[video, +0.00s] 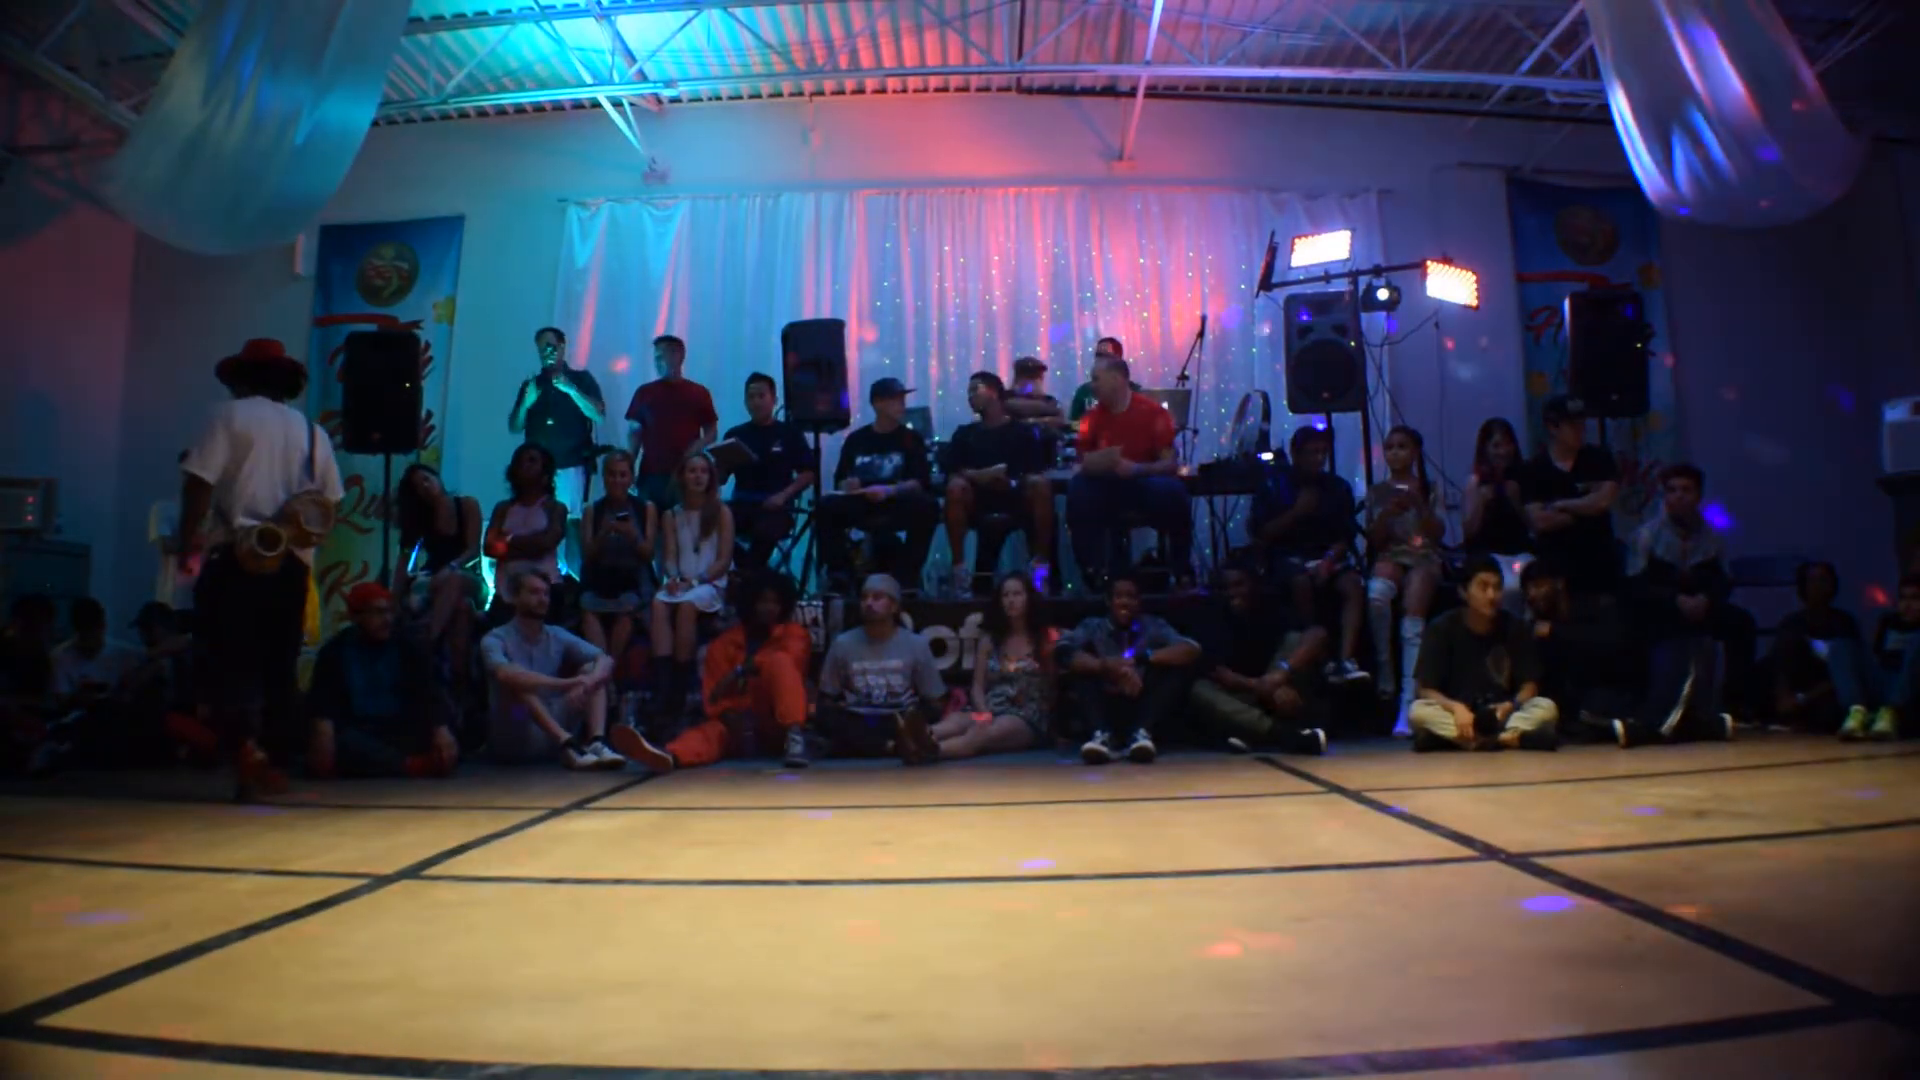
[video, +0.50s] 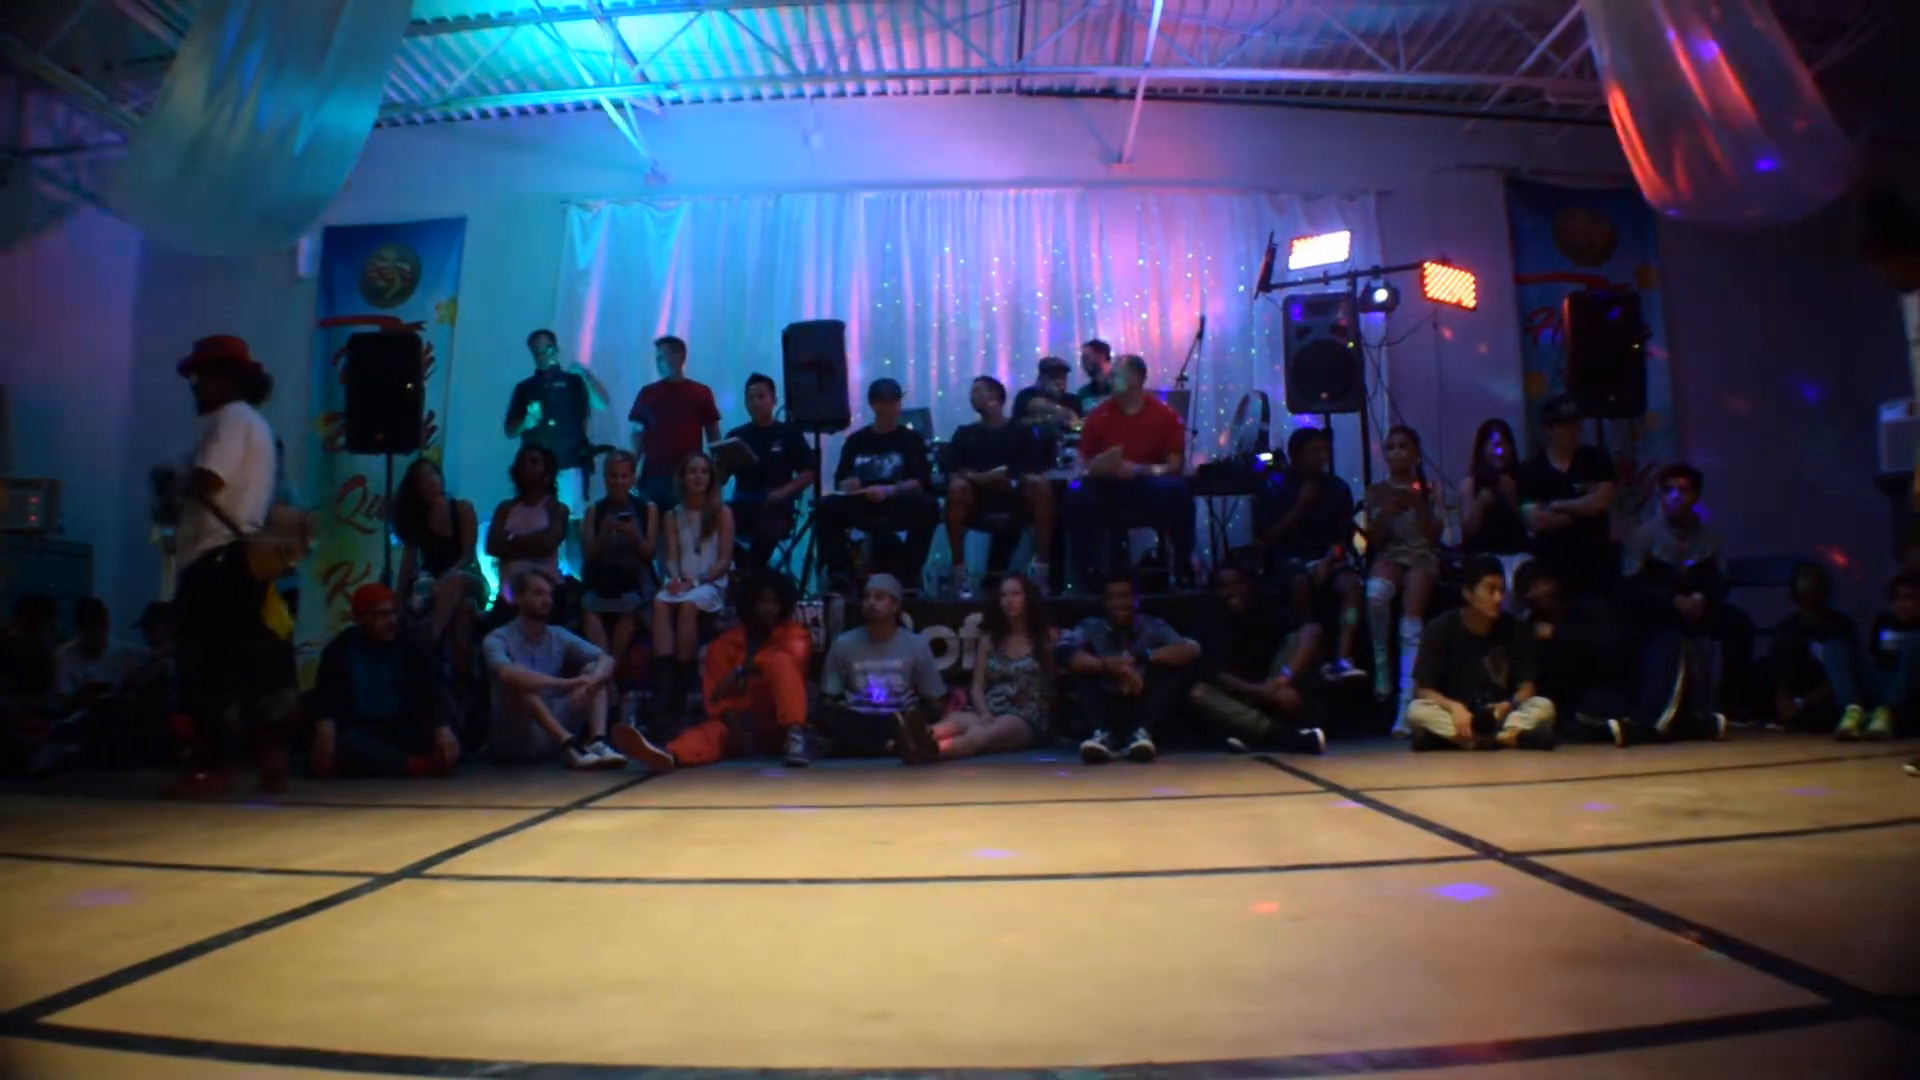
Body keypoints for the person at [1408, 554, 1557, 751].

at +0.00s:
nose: (1491, 596)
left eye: (1496, 588)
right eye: (1483, 587)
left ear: (1502, 593)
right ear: (1465, 592)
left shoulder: (1513, 627)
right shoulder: (1442, 628)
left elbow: (1530, 685)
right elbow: (1425, 689)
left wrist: (1510, 706)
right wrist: (1457, 708)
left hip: (1501, 705)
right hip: (1458, 705)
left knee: (1546, 707)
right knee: (1419, 711)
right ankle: (1505, 741)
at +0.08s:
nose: (1494, 596)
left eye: (1498, 589)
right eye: (1486, 588)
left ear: (1503, 593)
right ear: (1466, 592)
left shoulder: (1514, 628)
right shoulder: (1442, 629)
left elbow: (1530, 684)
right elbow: (1425, 689)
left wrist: (1510, 706)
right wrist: (1457, 709)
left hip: (1501, 706)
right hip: (1458, 707)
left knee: (1546, 707)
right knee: (1419, 711)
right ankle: (1506, 741)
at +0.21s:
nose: (1498, 597)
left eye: (1501, 590)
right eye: (1489, 589)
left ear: (1506, 593)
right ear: (1467, 593)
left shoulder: (1514, 628)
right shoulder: (1443, 630)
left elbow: (1530, 685)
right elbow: (1426, 690)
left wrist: (1511, 706)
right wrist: (1458, 708)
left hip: (1502, 706)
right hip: (1458, 706)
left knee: (1547, 707)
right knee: (1419, 711)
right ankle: (1506, 741)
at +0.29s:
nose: (1499, 598)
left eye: (1502, 590)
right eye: (1490, 590)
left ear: (1506, 593)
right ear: (1468, 593)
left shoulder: (1514, 628)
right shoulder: (1442, 629)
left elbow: (1530, 685)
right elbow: (1426, 690)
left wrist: (1511, 706)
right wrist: (1458, 709)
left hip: (1502, 706)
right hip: (1459, 707)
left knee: (1547, 707)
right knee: (1420, 711)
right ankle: (1507, 741)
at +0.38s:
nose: (1499, 597)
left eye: (1502, 590)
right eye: (1490, 590)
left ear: (1507, 593)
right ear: (1468, 594)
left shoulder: (1514, 628)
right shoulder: (1442, 629)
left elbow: (1529, 685)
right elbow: (1425, 690)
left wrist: (1510, 706)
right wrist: (1457, 709)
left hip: (1501, 705)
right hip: (1458, 705)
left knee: (1546, 707)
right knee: (1419, 711)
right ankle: (1506, 740)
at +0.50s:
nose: (1498, 598)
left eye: (1501, 591)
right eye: (1490, 590)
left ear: (1505, 593)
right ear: (1468, 594)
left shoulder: (1514, 628)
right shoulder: (1441, 629)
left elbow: (1527, 685)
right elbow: (1423, 689)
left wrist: (1508, 705)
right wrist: (1455, 708)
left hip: (1500, 705)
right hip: (1456, 705)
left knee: (1544, 707)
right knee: (1417, 711)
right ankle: (1505, 740)